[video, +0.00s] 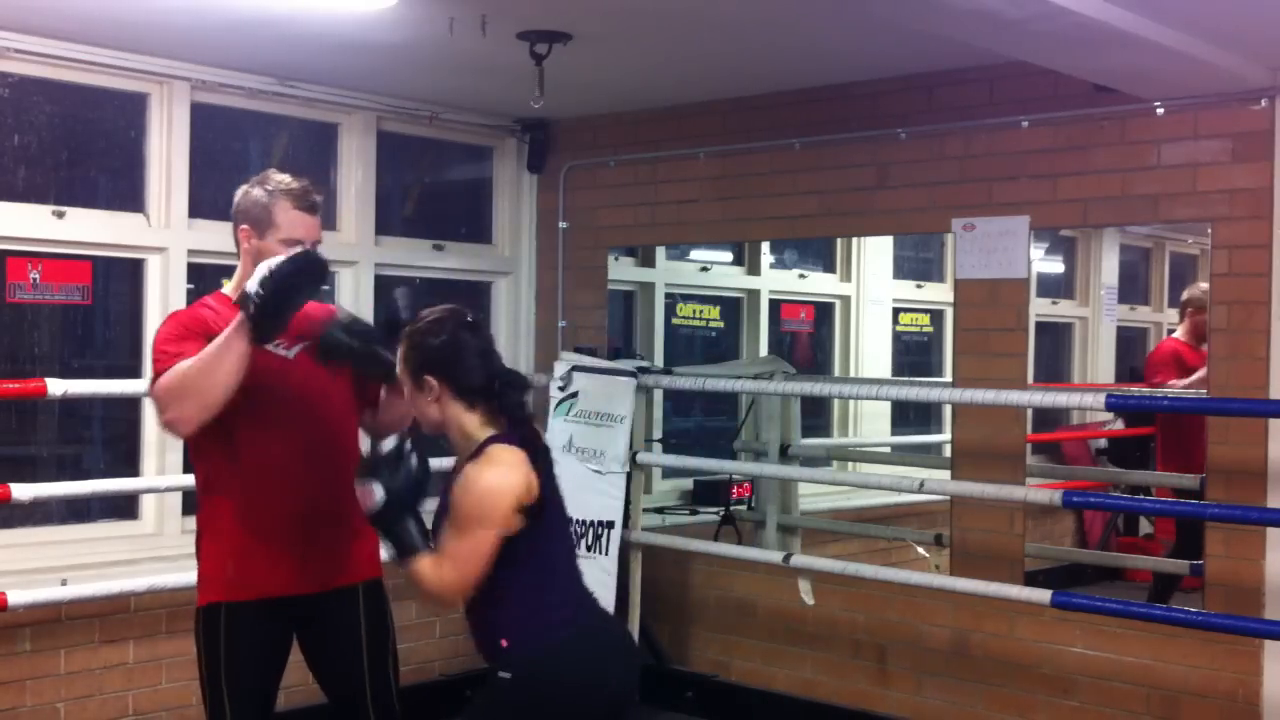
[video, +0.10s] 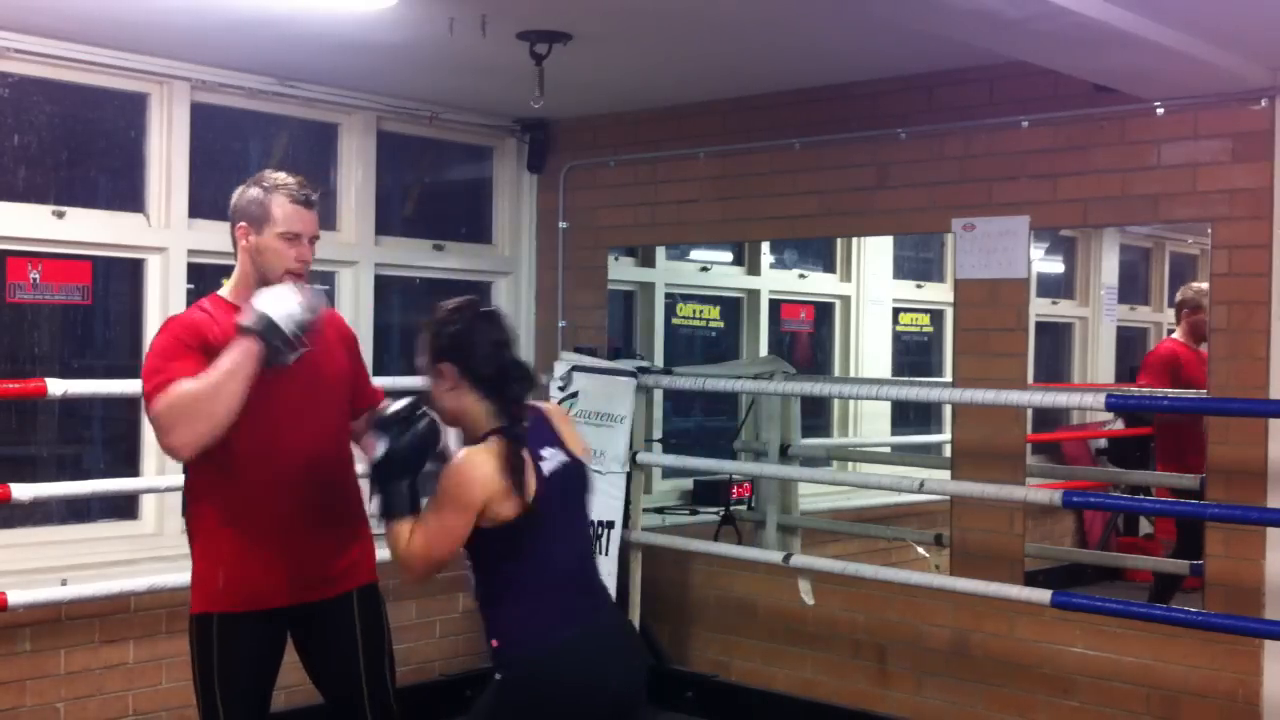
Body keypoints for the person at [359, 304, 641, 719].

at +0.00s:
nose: (406, 401)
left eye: (406, 386)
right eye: (403, 387)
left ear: (432, 389)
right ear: (480, 374)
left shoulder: (492, 474)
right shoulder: (513, 439)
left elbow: (448, 586)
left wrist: (398, 522)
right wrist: (418, 489)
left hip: (548, 675)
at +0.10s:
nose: (429, 391)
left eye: (430, 377)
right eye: (429, 378)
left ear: (450, 377)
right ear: (502, 365)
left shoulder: (474, 468)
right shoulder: (554, 419)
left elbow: (415, 561)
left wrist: (394, 479)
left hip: (539, 675)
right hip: (611, 651)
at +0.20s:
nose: (489, 386)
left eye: (491, 374)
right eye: (488, 374)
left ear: (514, 375)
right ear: (564, 367)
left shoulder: (514, 467)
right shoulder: (626, 446)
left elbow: (445, 541)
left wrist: (440, 462)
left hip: (549, 677)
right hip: (629, 665)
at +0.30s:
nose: (561, 391)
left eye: (562, 380)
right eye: (559, 381)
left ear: (579, 381)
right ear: (636, 374)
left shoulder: (574, 460)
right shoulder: (686, 458)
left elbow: (515, 552)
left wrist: (507, 469)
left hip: (599, 688)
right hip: (677, 683)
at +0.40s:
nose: (610, 384)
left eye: (610, 372)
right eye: (607, 372)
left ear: (631, 373)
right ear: (683, 366)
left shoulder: (626, 453)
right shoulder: (734, 452)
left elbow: (573, 556)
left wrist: (560, 471)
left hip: (641, 686)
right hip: (722, 679)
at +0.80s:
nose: (637, 390)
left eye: (639, 375)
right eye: (637, 376)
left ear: (659, 371)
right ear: (715, 373)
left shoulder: (629, 443)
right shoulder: (761, 454)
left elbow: (575, 542)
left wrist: (577, 456)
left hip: (651, 684)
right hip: (742, 685)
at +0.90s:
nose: (598, 470)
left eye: (600, 458)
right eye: (598, 459)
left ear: (620, 458)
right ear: (667, 448)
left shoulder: (617, 516)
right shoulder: (731, 504)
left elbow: (579, 632)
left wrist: (558, 552)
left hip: (659, 705)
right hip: (741, 705)